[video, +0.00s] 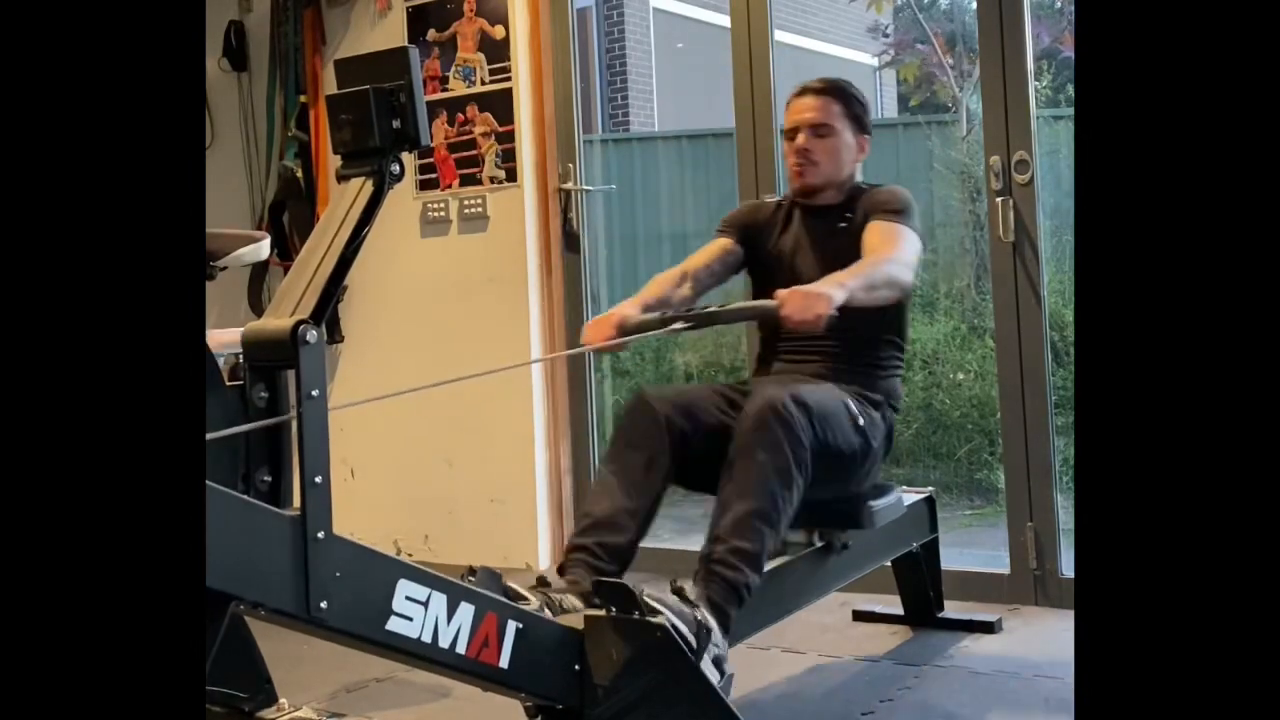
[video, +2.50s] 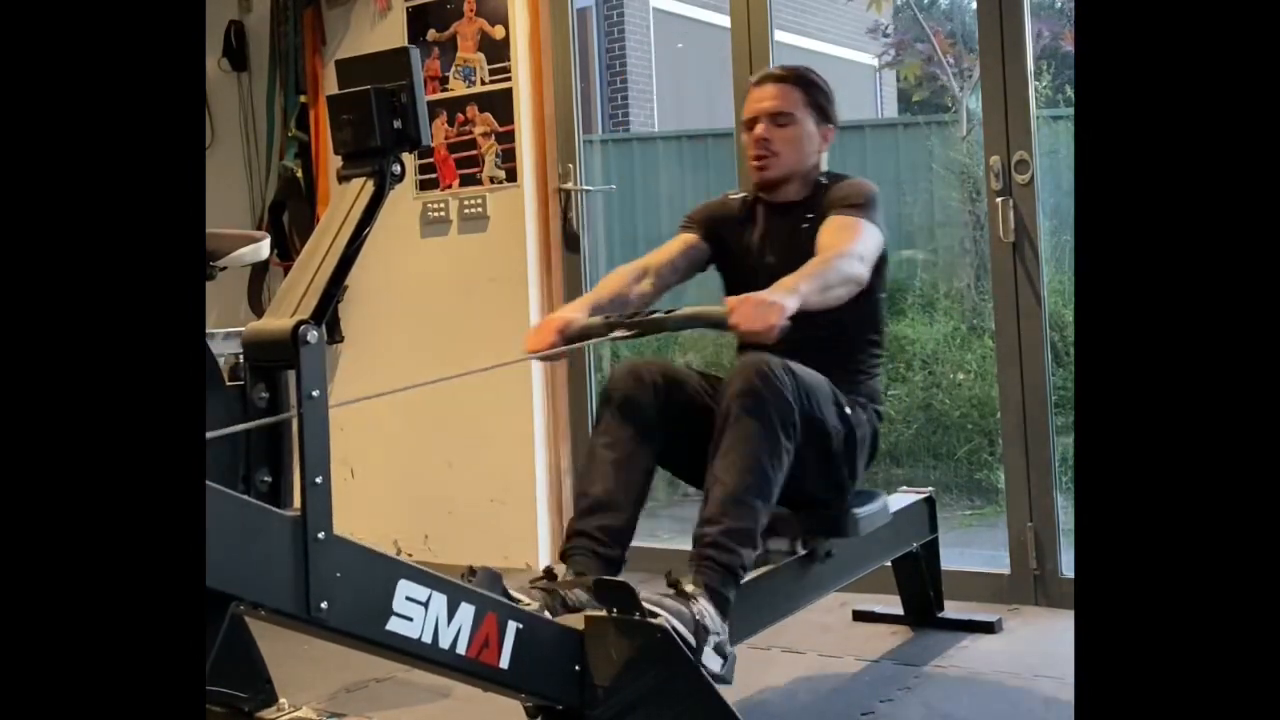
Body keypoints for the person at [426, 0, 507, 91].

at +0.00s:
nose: (471, 7)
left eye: (473, 4)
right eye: (468, 4)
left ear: (476, 7)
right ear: (463, 7)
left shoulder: (480, 22)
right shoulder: (457, 25)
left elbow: (494, 34)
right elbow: (445, 36)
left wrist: (498, 32)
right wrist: (435, 36)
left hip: (474, 60)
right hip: (460, 60)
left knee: (474, 89)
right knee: (457, 89)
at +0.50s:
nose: (471, 8)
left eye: (473, 5)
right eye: (468, 5)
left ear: (476, 8)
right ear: (463, 8)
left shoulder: (480, 22)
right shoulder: (457, 25)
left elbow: (493, 33)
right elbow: (445, 36)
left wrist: (498, 32)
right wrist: (435, 36)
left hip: (474, 60)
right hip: (460, 59)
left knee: (474, 88)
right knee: (458, 89)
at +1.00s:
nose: (471, 8)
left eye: (473, 5)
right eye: (468, 5)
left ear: (476, 8)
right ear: (463, 8)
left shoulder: (480, 22)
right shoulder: (458, 24)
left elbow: (493, 33)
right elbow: (445, 36)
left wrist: (498, 32)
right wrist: (435, 36)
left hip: (474, 60)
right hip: (460, 59)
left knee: (474, 88)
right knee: (458, 89)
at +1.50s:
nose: (471, 7)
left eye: (473, 4)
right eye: (468, 4)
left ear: (476, 7)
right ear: (463, 8)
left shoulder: (480, 22)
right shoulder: (457, 25)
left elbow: (493, 33)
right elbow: (445, 36)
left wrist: (498, 32)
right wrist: (435, 36)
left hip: (474, 60)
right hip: (460, 59)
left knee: (474, 89)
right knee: (458, 89)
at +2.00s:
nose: (471, 7)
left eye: (473, 5)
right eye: (468, 5)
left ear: (476, 8)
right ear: (463, 8)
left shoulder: (480, 22)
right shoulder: (457, 25)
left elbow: (493, 33)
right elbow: (445, 36)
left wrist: (498, 32)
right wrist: (435, 36)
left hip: (474, 60)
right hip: (460, 59)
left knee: (474, 89)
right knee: (458, 89)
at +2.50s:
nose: (471, 7)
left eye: (473, 4)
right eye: (468, 4)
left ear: (476, 7)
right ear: (463, 8)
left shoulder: (480, 22)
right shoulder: (457, 25)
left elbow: (493, 34)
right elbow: (445, 36)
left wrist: (498, 32)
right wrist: (435, 36)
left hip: (474, 60)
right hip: (460, 59)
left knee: (474, 89)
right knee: (458, 89)